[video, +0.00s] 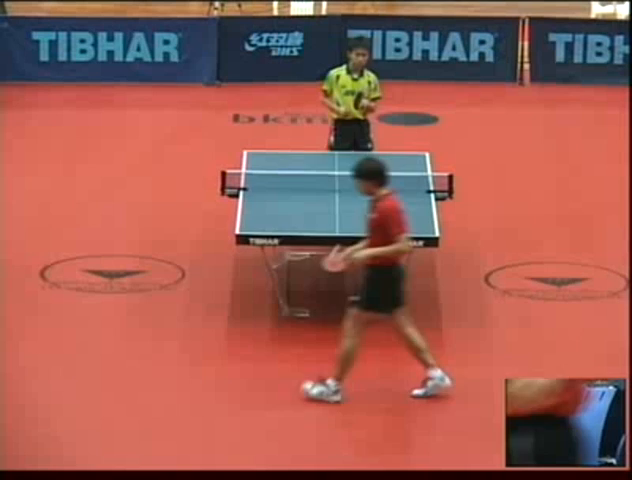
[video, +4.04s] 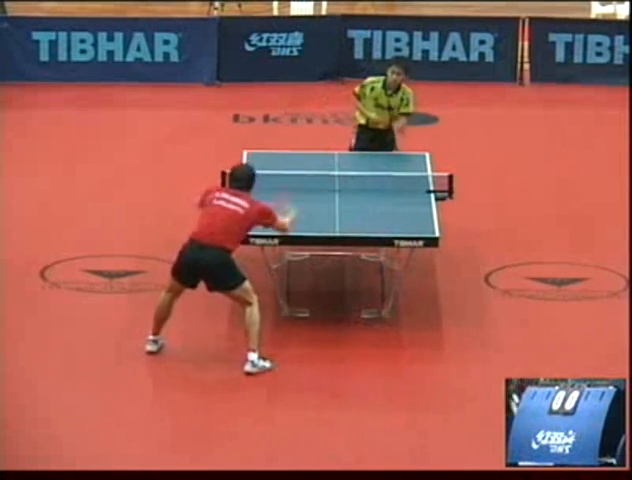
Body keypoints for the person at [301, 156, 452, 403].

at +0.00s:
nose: (358, 186)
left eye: (360, 181)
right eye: (358, 181)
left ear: (371, 181)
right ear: (377, 180)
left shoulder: (389, 206)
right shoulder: (379, 204)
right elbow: (376, 240)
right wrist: (351, 251)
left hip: (382, 274)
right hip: (386, 271)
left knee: (354, 323)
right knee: (402, 323)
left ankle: (335, 383)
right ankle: (434, 373)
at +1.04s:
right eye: (239, 158)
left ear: (218, 160)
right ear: (242, 161)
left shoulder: (203, 187)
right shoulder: (254, 190)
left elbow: (189, 222)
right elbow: (270, 226)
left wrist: (206, 215)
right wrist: (253, 218)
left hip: (210, 250)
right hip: (239, 253)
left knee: (193, 301)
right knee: (240, 305)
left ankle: (184, 353)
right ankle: (249, 356)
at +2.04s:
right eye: (227, 158)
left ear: (204, 158)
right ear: (226, 162)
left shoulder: (185, 178)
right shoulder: (229, 189)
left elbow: (164, 209)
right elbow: (257, 220)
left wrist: (181, 221)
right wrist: (260, 206)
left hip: (176, 241)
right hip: (203, 246)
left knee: (163, 289)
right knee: (230, 296)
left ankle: (152, 337)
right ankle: (238, 353)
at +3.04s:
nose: (226, 178)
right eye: (228, 175)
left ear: (205, 173)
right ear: (227, 177)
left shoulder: (187, 188)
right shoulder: (228, 200)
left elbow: (175, 210)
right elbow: (253, 236)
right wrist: (241, 237)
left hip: (168, 244)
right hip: (194, 250)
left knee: (162, 287)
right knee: (231, 298)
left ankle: (151, 337)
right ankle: (242, 355)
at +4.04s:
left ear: (229, 181)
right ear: (251, 185)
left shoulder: (212, 193)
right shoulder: (255, 208)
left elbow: (200, 205)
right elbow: (282, 226)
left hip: (192, 249)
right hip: (218, 256)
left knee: (171, 293)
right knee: (250, 302)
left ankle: (153, 338)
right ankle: (253, 357)